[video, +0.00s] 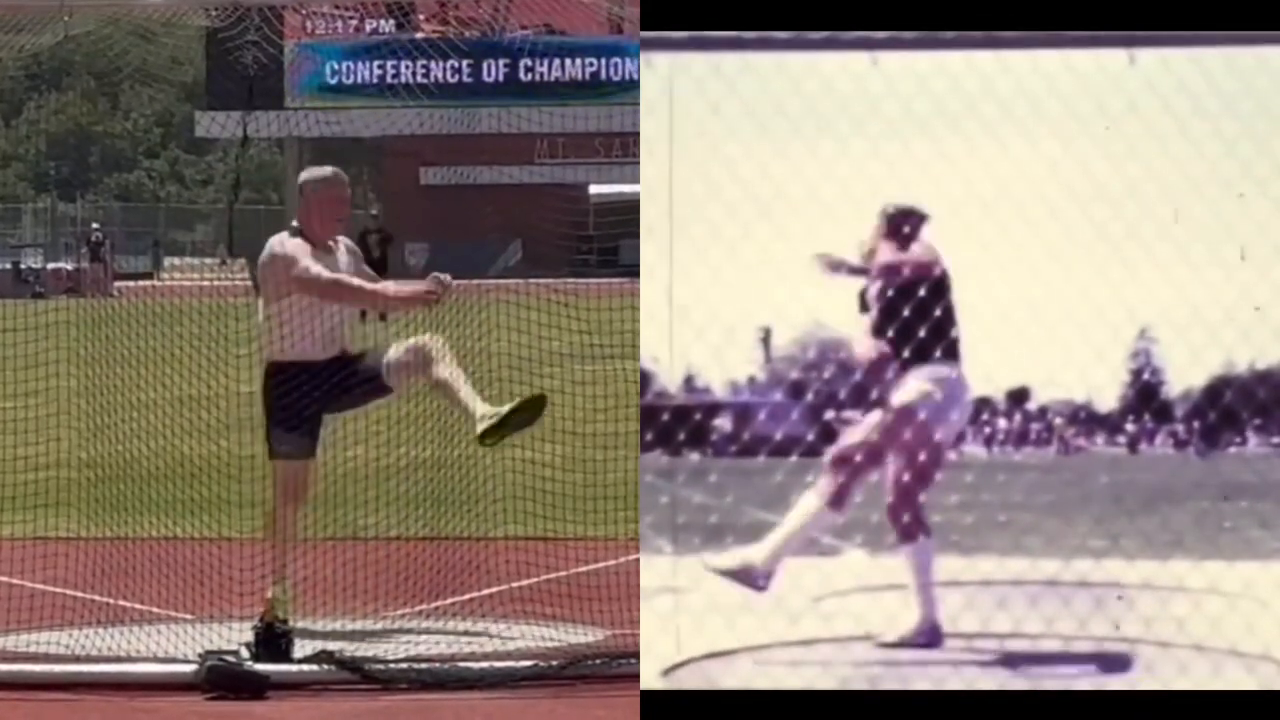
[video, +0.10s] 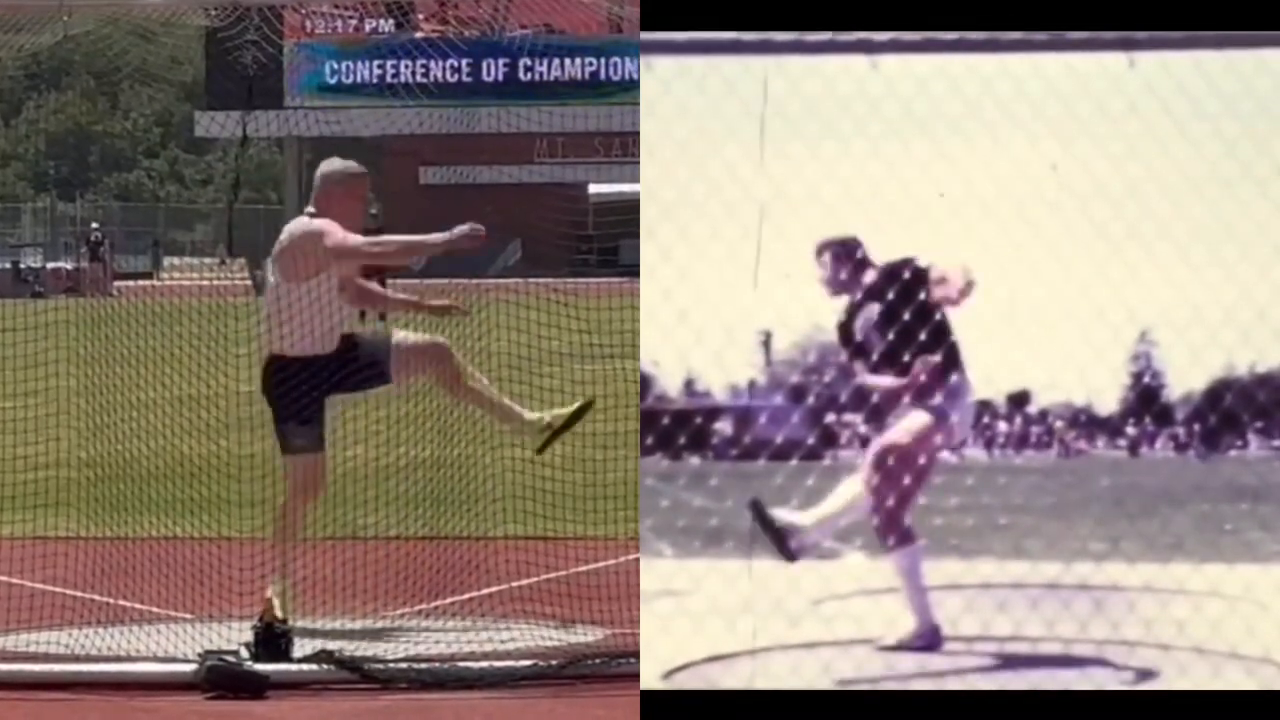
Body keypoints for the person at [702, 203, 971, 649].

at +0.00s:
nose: (877, 245)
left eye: (881, 238)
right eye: (880, 238)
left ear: (895, 237)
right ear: (899, 235)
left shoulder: (926, 259)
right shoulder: (879, 287)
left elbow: (919, 264)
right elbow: (877, 350)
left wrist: (855, 269)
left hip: (936, 383)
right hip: (909, 387)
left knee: (844, 461)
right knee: (903, 502)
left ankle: (764, 559)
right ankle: (928, 621)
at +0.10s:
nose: (823, 280)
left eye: (827, 269)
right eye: (821, 271)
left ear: (849, 263)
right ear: (836, 270)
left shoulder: (901, 274)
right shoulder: (849, 325)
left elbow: (951, 280)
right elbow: (864, 377)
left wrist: (956, 289)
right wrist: (905, 382)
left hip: (947, 395)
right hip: (908, 408)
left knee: (882, 456)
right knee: (887, 510)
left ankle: (803, 525)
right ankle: (926, 626)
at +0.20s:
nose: (816, 275)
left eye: (819, 265)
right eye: (811, 269)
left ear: (841, 255)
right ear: (815, 270)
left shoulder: (896, 268)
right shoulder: (838, 316)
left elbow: (953, 267)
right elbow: (870, 367)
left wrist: (992, 278)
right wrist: (903, 367)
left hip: (944, 377)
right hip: (899, 396)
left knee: (919, 430)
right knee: (887, 499)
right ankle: (925, 616)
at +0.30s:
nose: (816, 262)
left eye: (818, 250)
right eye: (808, 256)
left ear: (837, 239)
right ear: (807, 259)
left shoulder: (894, 258)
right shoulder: (829, 303)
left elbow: (956, 258)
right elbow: (854, 358)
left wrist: (1002, 265)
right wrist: (863, 404)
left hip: (937, 365)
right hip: (893, 389)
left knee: (952, 412)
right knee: (879, 499)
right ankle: (922, 612)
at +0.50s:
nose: (824, 233)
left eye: (828, 221)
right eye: (817, 227)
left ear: (846, 210)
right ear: (815, 227)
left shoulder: (898, 232)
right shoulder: (822, 267)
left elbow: (961, 236)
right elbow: (816, 326)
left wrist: (1011, 233)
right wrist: (826, 374)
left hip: (941, 353)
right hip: (890, 375)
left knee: (1023, 394)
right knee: (869, 481)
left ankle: (1129, 449)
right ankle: (893, 598)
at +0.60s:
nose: (837, 227)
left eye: (840, 214)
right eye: (827, 220)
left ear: (857, 205)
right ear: (821, 221)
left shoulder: (900, 236)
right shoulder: (821, 271)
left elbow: (966, 245)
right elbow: (808, 339)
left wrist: (1017, 231)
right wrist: (815, 391)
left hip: (943, 358)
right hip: (889, 382)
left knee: (1045, 398)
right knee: (878, 490)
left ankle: (1129, 437)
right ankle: (884, 619)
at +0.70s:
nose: (853, 222)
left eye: (856, 210)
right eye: (842, 215)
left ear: (868, 204)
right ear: (831, 219)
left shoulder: (902, 241)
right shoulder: (827, 273)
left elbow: (967, 254)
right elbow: (812, 342)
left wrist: (1018, 230)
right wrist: (821, 400)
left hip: (940, 359)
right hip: (887, 384)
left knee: (1031, 400)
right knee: (886, 496)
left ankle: (1097, 437)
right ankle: (892, 618)